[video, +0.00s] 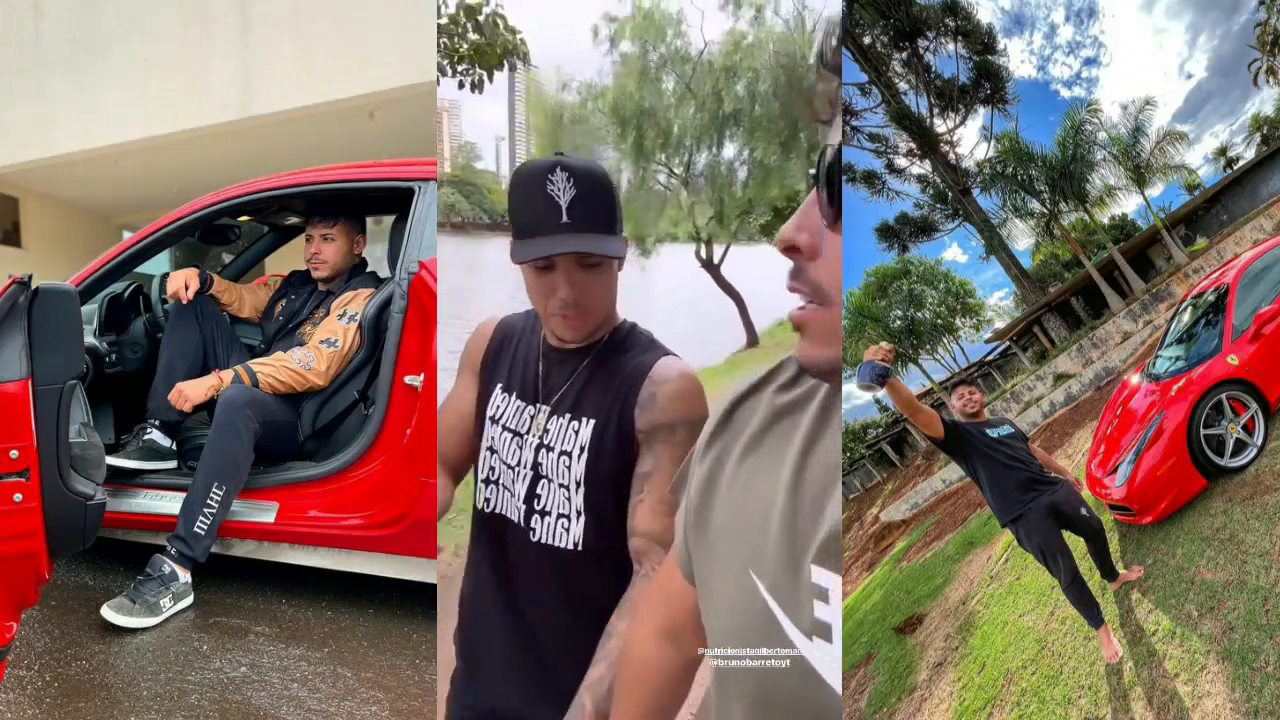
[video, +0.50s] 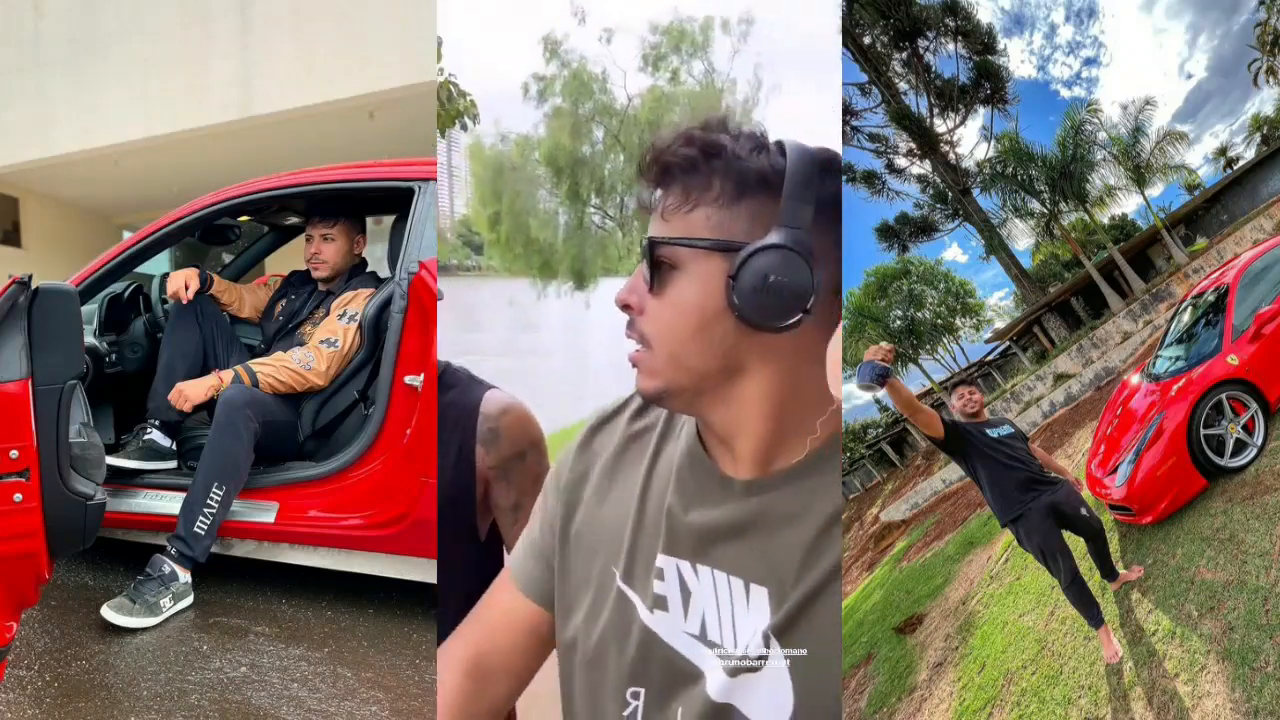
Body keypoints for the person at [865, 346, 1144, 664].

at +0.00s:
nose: (967, 397)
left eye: (970, 392)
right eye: (959, 397)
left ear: (982, 398)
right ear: (953, 411)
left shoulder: (1004, 424)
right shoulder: (956, 436)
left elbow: (1037, 454)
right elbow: (915, 412)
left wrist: (1068, 475)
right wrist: (885, 373)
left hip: (1052, 489)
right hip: (1022, 512)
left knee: (1093, 528)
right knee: (1066, 572)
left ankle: (1114, 576)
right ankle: (1101, 628)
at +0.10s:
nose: (967, 397)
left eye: (971, 392)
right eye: (959, 398)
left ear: (983, 398)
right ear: (953, 411)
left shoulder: (1003, 423)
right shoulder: (957, 436)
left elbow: (1037, 453)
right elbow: (916, 412)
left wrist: (1067, 475)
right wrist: (885, 374)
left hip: (1052, 489)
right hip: (1022, 512)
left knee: (1094, 528)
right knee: (1066, 572)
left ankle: (1113, 576)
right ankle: (1101, 629)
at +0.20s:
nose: (967, 397)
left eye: (971, 392)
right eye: (959, 397)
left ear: (983, 398)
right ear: (953, 411)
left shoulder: (1004, 423)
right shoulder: (957, 436)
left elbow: (1037, 454)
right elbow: (916, 412)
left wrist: (1067, 476)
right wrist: (885, 374)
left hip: (1052, 489)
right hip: (1022, 512)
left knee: (1094, 528)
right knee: (1065, 571)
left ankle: (1113, 576)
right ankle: (1101, 628)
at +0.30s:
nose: (967, 397)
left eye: (971, 392)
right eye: (959, 397)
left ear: (983, 398)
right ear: (953, 411)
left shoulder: (1004, 423)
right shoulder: (957, 436)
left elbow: (1037, 454)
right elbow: (916, 412)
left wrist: (1067, 476)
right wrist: (885, 374)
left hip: (1052, 489)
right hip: (1022, 512)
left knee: (1094, 528)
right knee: (1065, 571)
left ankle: (1113, 576)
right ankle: (1101, 628)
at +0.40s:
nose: (967, 397)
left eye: (971, 392)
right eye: (959, 397)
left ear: (983, 398)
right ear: (953, 410)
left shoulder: (1003, 424)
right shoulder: (957, 436)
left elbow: (1037, 454)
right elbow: (916, 412)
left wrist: (1067, 476)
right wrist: (885, 375)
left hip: (1051, 489)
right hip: (1022, 512)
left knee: (1094, 528)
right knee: (1066, 572)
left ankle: (1113, 576)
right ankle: (1101, 628)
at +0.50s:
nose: (967, 397)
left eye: (971, 392)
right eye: (959, 397)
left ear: (983, 398)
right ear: (953, 410)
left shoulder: (1003, 424)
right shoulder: (957, 436)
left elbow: (1037, 454)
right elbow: (916, 412)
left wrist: (1067, 476)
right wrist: (885, 375)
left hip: (1051, 489)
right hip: (1022, 512)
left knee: (1094, 528)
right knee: (1066, 572)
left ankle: (1113, 576)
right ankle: (1101, 628)